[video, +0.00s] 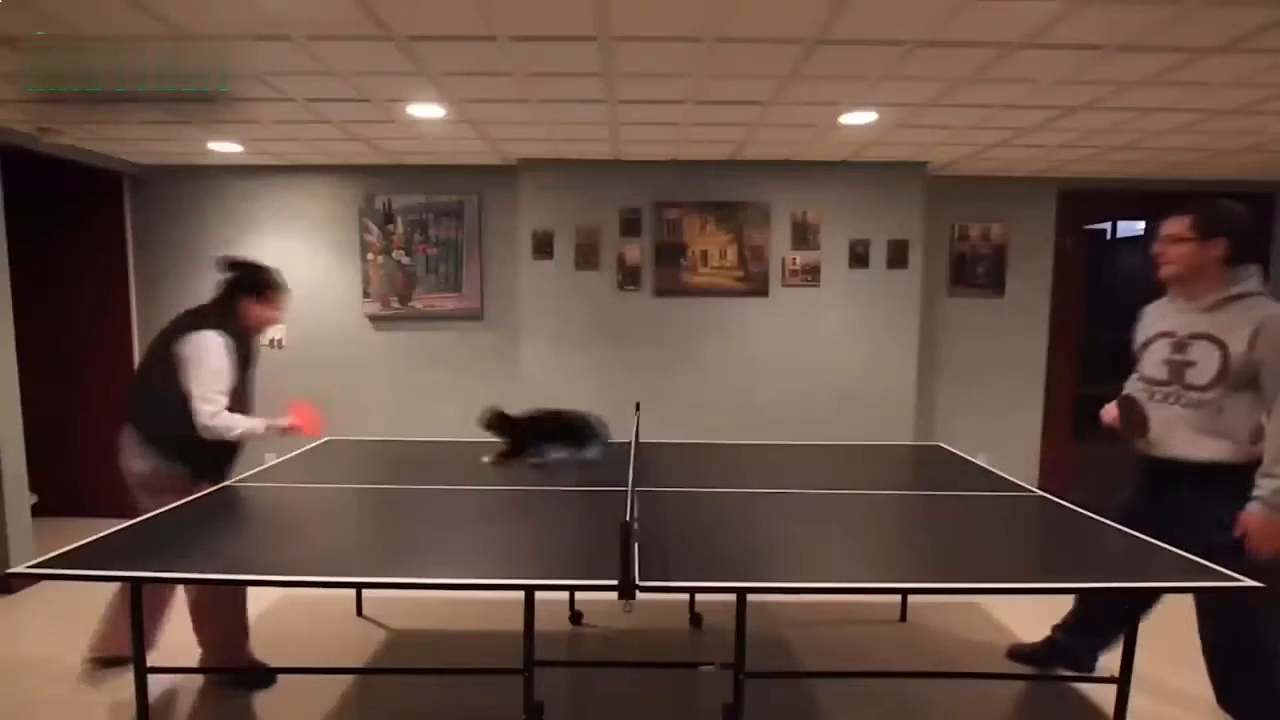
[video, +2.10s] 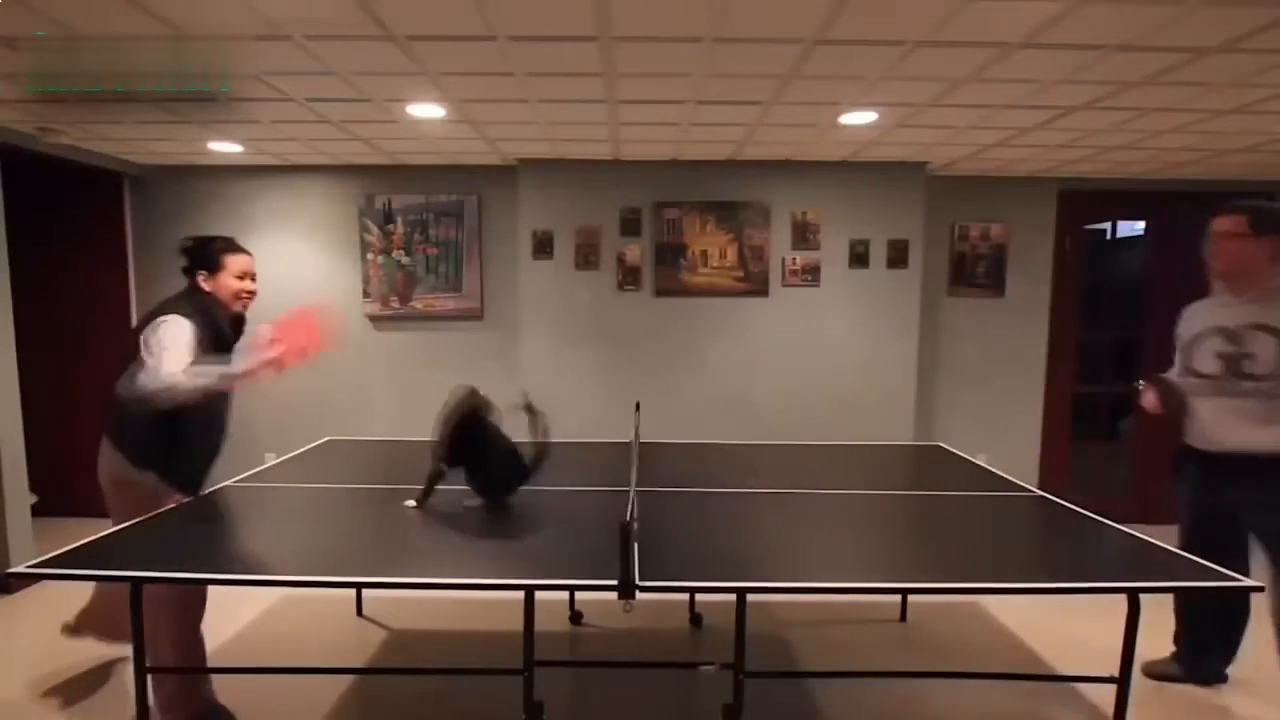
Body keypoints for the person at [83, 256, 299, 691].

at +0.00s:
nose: (276, 318)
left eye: (278, 308)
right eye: (272, 308)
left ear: (247, 302)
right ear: (248, 302)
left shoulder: (227, 332)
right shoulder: (207, 337)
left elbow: (217, 407)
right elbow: (209, 418)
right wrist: (276, 425)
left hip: (180, 453)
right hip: (157, 456)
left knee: (163, 550)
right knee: (215, 550)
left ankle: (113, 648)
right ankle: (227, 659)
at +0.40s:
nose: (237, 311)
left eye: (238, 302)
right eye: (233, 302)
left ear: (201, 297)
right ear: (208, 300)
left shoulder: (161, 324)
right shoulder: (186, 345)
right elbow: (214, 417)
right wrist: (270, 407)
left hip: (119, 454)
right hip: (140, 465)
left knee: (158, 551)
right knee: (178, 556)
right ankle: (201, 655)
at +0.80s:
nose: (189, 288)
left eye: (190, 279)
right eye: (180, 279)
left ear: (158, 282)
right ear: (153, 280)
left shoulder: (148, 322)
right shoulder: (138, 327)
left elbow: (149, 397)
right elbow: (151, 404)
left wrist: (201, 401)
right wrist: (209, 404)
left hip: (125, 447)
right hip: (122, 451)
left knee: (129, 541)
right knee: (152, 542)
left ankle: (114, 633)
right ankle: (157, 651)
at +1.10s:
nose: (164, 281)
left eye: (167, 272)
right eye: (154, 272)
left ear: (168, 277)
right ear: (127, 275)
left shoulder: (154, 324)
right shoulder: (99, 321)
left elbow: (160, 386)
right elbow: (84, 393)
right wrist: (161, 403)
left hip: (154, 450)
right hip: (118, 454)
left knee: (137, 540)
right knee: (156, 539)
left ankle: (114, 634)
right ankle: (156, 649)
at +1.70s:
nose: (193, 305)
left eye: (196, 295)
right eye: (183, 295)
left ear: (193, 297)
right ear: (151, 296)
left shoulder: (182, 346)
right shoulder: (117, 341)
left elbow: (180, 406)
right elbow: (82, 403)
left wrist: (205, 396)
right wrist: (167, 402)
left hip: (176, 482)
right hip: (129, 485)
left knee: (170, 571)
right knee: (171, 574)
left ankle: (118, 650)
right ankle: (180, 688)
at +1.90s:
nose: (236, 287)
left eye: (237, 277)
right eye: (225, 277)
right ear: (190, 283)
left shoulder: (209, 329)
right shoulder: (162, 331)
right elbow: (206, 356)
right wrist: (286, 331)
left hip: (180, 471)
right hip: (140, 473)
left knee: (191, 578)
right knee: (183, 581)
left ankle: (194, 693)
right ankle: (189, 697)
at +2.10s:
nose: (251, 288)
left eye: (253, 279)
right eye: (241, 278)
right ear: (205, 279)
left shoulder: (215, 325)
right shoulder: (178, 322)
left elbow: (208, 375)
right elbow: (159, 384)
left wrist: (269, 354)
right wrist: (240, 373)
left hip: (174, 472)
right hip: (138, 472)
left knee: (187, 586)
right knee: (167, 589)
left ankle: (193, 698)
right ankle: (174, 704)